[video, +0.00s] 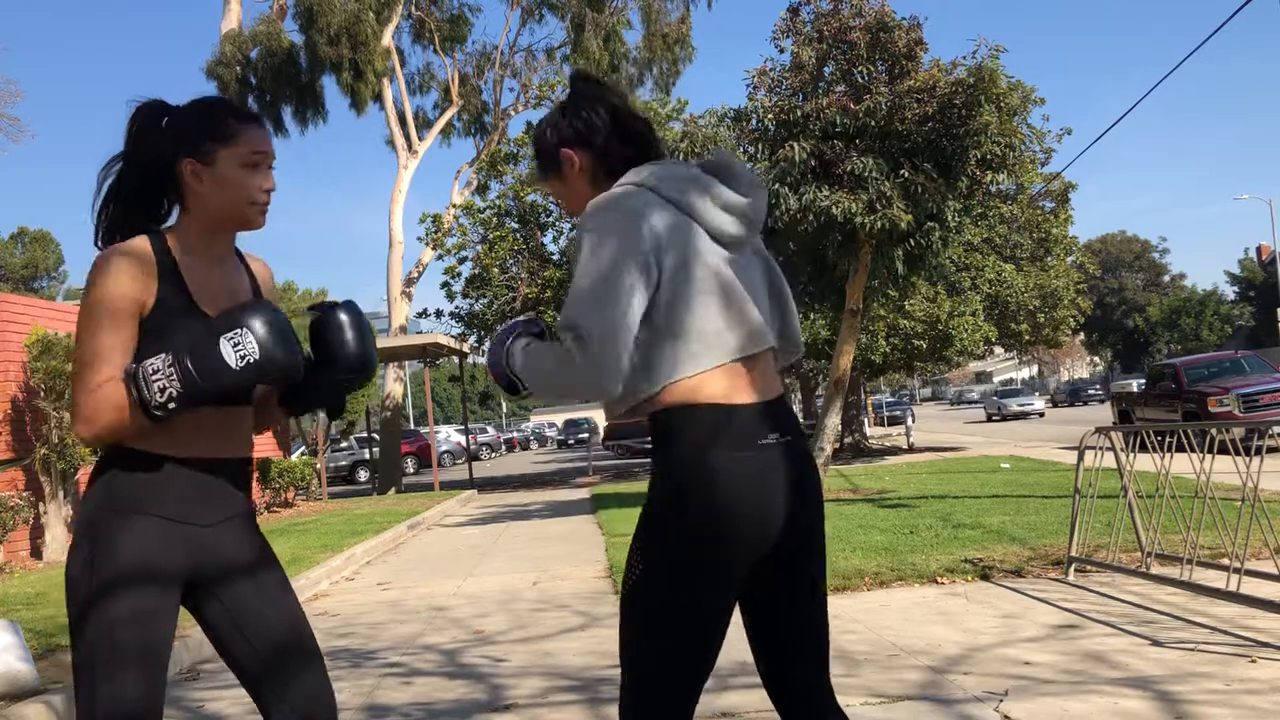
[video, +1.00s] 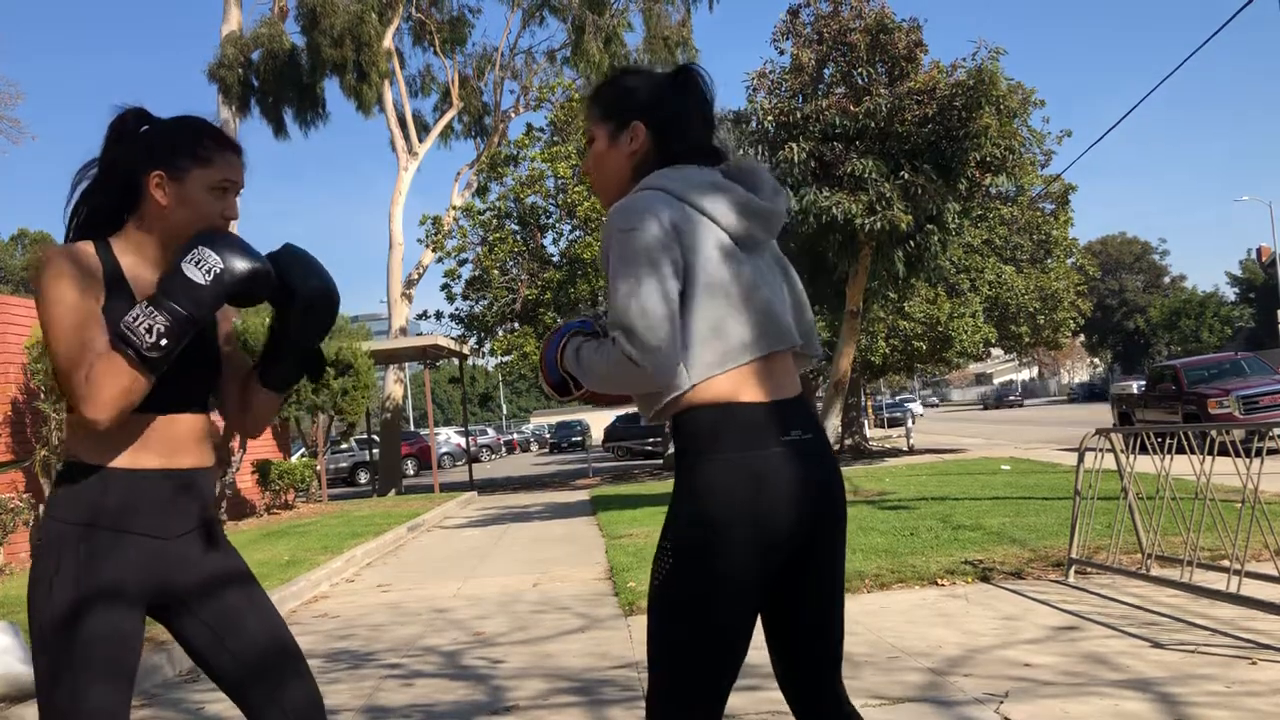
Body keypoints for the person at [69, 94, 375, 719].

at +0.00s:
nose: (272, 184)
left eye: (271, 167)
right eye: (256, 166)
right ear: (195, 173)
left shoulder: (256, 275)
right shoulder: (129, 264)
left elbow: (253, 414)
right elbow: (90, 419)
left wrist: (313, 384)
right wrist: (191, 370)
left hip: (229, 518)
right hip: (135, 513)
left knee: (309, 704)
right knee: (121, 710)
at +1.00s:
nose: (234, 212)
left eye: (237, 194)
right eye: (222, 191)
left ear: (168, 190)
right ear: (161, 188)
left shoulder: (207, 294)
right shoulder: (73, 265)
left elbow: (247, 416)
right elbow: (98, 401)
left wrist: (296, 336)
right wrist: (185, 299)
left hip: (195, 532)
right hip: (95, 531)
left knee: (296, 705)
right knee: (85, 710)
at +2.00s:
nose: (218, 212)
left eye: (220, 195)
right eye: (204, 192)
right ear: (142, 192)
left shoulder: (210, 289)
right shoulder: (56, 265)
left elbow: (222, 429)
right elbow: (27, 411)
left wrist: (275, 360)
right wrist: (109, 321)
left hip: (183, 535)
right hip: (74, 536)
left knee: (284, 708)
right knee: (57, 710)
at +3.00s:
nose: (225, 228)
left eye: (231, 211)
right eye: (213, 208)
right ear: (148, 201)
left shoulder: (224, 290)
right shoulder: (66, 282)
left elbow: (272, 420)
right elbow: (68, 434)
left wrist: (287, 317)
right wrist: (112, 323)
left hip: (215, 539)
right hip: (108, 541)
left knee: (326, 706)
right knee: (78, 709)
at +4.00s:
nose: (260, 217)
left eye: (263, 200)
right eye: (247, 198)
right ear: (185, 197)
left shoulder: (278, 265)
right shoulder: (121, 305)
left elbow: (403, 283)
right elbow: (130, 459)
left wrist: (452, 215)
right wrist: (166, 356)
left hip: (264, 541)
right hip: (166, 543)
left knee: (380, 705)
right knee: (146, 709)